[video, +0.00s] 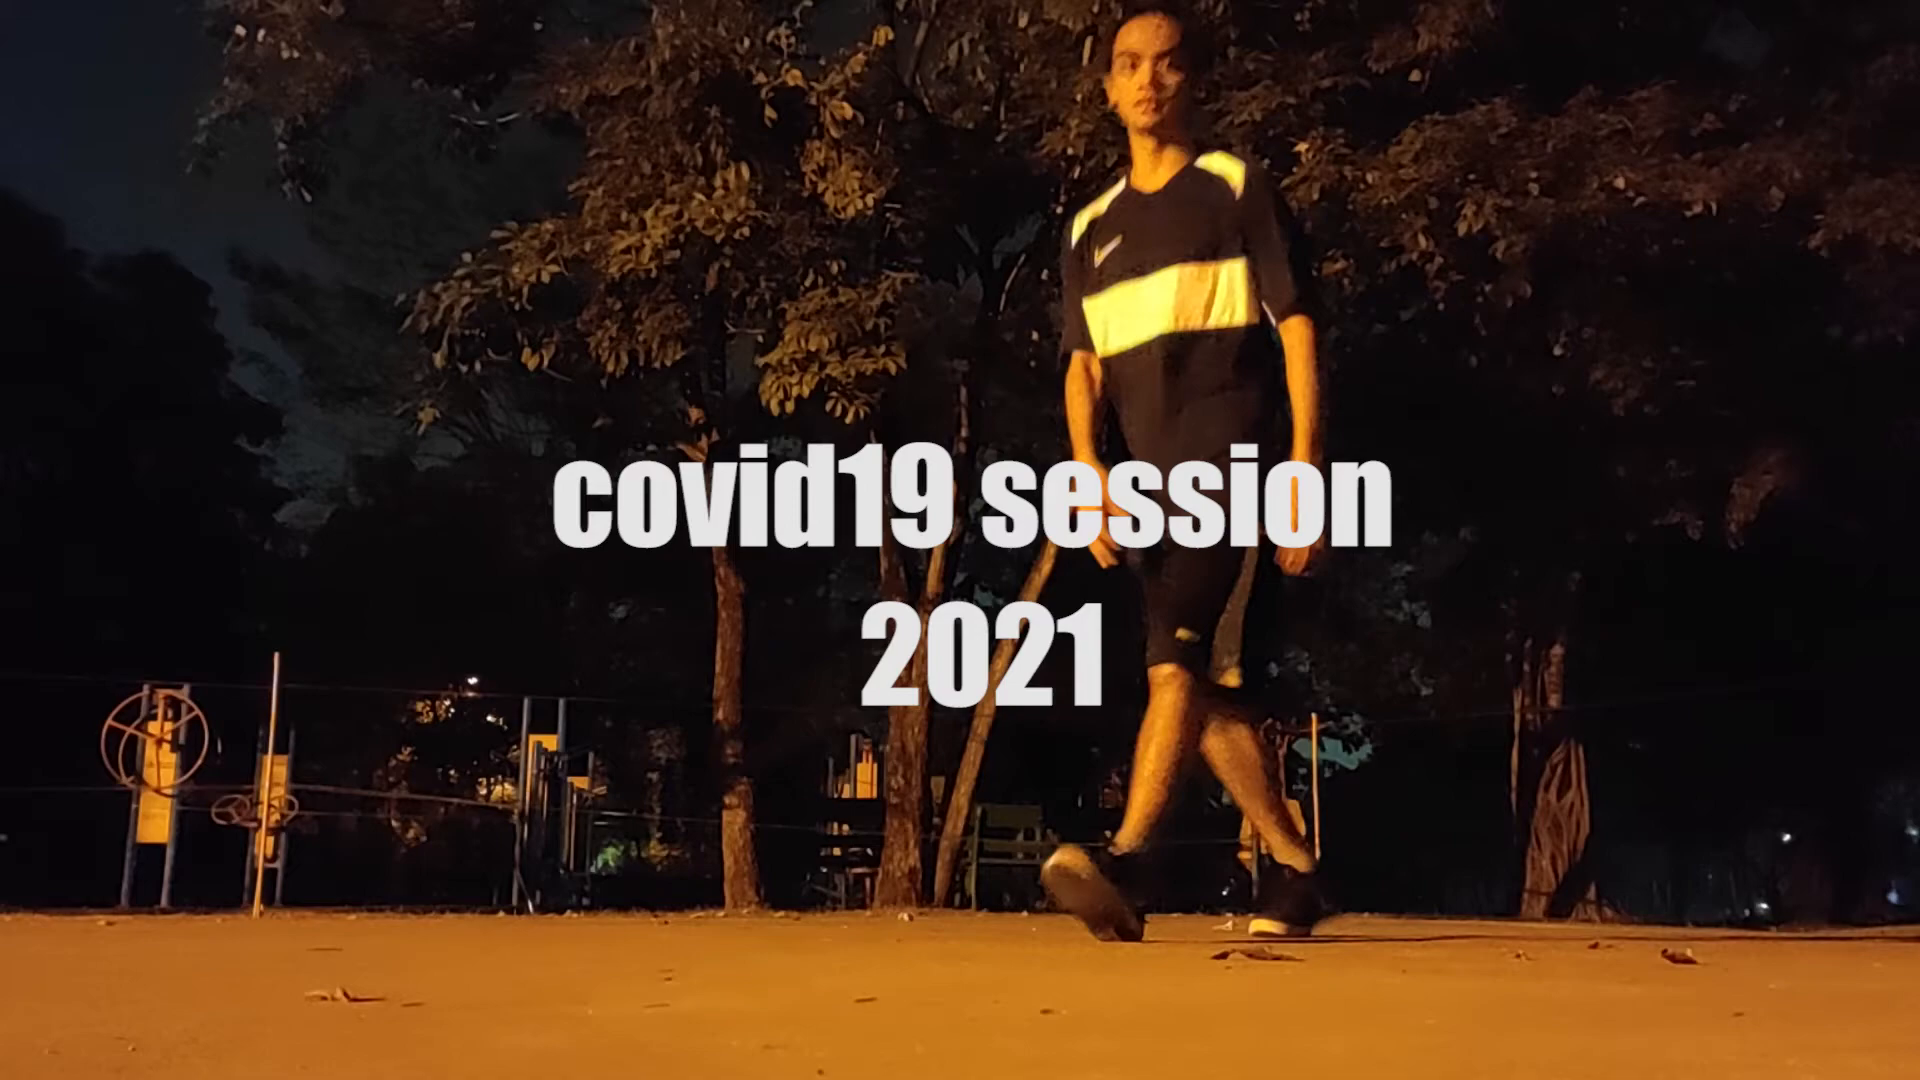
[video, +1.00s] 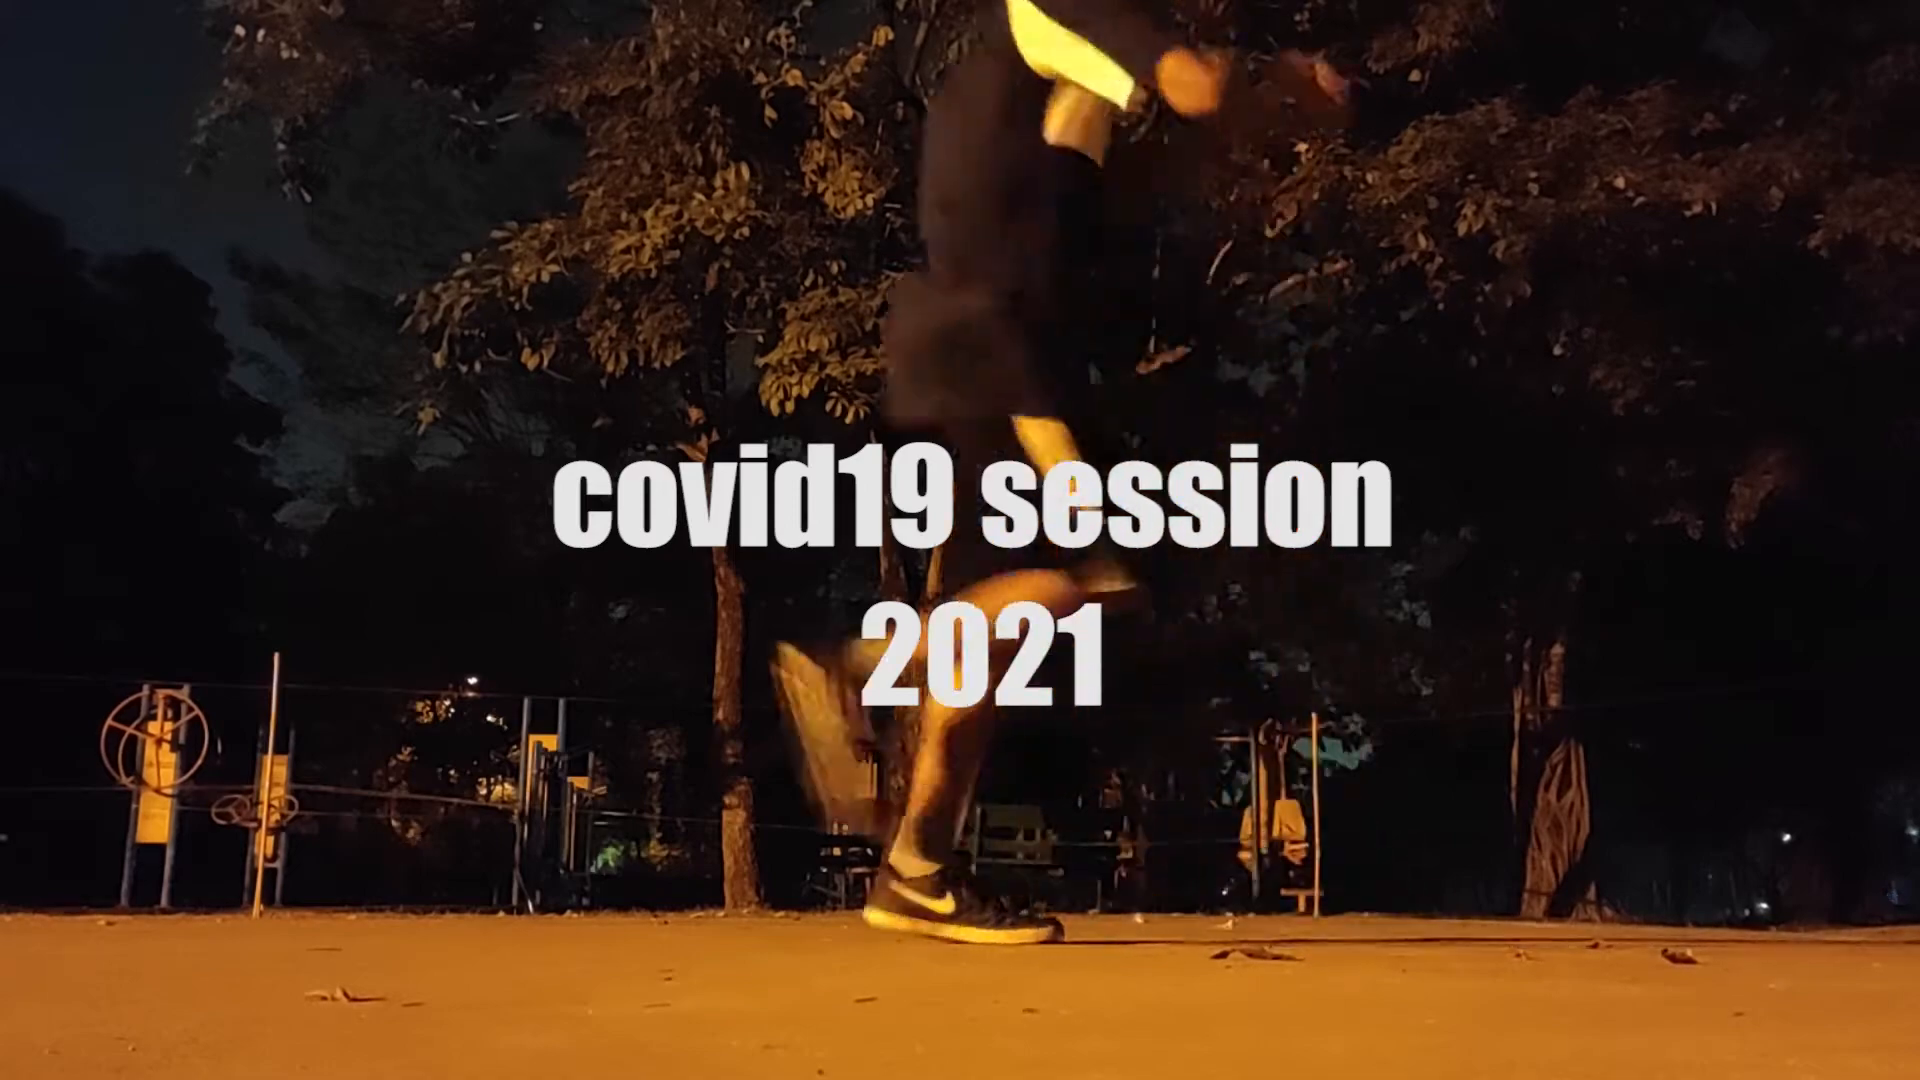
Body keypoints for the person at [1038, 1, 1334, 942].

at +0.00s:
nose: (1150, 79)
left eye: (1167, 62)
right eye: (1132, 64)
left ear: (1195, 78)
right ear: (1107, 84)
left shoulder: (1237, 185)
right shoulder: (1088, 225)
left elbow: (1297, 330)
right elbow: (1083, 366)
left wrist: (1304, 478)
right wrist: (1088, 479)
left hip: (1232, 472)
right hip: (1141, 484)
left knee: (1177, 651)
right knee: (1191, 682)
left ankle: (1126, 865)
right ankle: (1293, 860)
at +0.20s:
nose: (1183, 25)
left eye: (1199, 11)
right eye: (1164, 11)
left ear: (1222, 30)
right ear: (1134, 31)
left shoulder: (1266, 163)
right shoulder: (1073, 165)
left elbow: (1294, 310)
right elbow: (1041, 316)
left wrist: (1248, 428)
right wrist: (1088, 422)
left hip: (1202, 451)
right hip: (1092, 448)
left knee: (1147, 640)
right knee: (1015, 632)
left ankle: (1111, 877)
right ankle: (1142, 795)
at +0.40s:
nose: (1203, 10)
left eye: (1218, 2)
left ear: (1243, 17)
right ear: (1158, 5)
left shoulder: (1278, 136)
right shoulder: (1086, 103)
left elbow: (1286, 295)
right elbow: (1028, 250)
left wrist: (1248, 390)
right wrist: (1108, 358)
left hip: (1201, 428)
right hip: (1085, 404)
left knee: (1164, 626)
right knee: (1084, 568)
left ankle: (1106, 837)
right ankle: (1061, 822)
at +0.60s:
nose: (1220, 10)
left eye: (1226, 4)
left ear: (1226, 13)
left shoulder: (1235, 98)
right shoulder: (1097, 59)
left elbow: (1232, 261)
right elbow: (1079, 207)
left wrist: (1269, 363)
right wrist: (1200, 337)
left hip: (1223, 394)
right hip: (1144, 389)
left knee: (1250, 650)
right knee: (1298, 580)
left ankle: (1021, 798)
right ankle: (1349, 873)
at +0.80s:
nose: (1216, 4)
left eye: (1216, 4)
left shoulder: (1110, 30)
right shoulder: (1122, 17)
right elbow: (1150, 180)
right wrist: (1246, 304)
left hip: (1098, 367)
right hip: (1119, 360)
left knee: (1167, 625)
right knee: (1257, 578)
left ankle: (962, 830)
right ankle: (1318, 862)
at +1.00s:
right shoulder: (1052, 9)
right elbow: (1191, 85)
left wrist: (1271, 89)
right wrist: (1279, 75)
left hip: (962, 340)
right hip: (992, 342)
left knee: (983, 606)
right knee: (1101, 565)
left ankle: (918, 870)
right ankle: (856, 673)